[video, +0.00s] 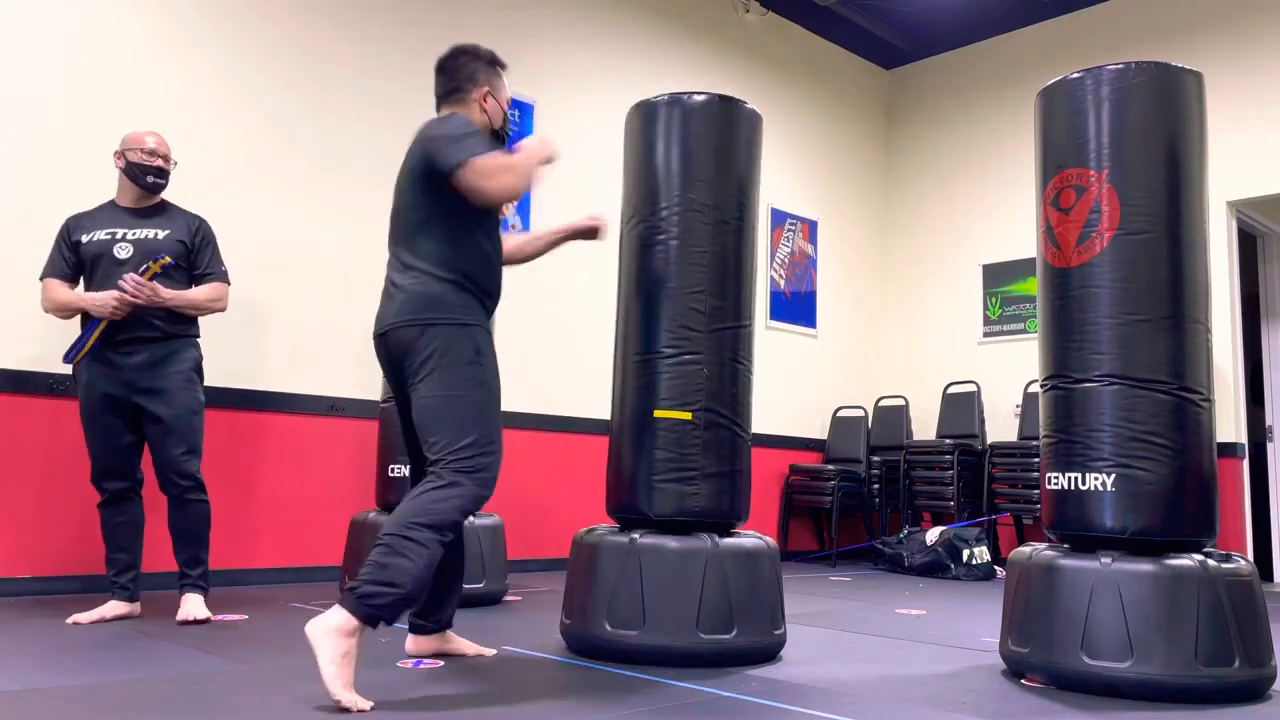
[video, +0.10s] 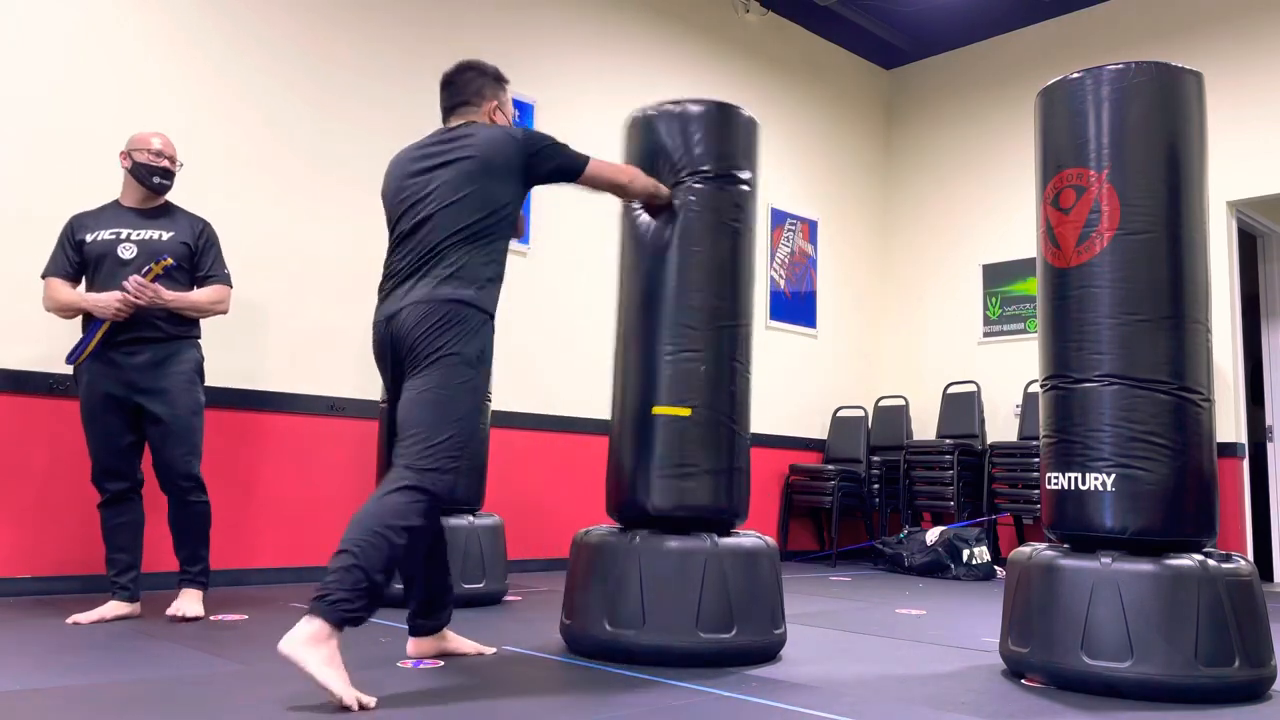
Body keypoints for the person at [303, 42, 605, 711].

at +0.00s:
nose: (508, 108)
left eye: (507, 100)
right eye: (505, 98)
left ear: (450, 95)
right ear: (487, 95)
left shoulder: (445, 151)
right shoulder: (455, 130)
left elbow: (493, 251)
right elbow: (490, 185)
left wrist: (567, 230)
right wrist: (535, 152)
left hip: (414, 321)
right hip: (443, 319)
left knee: (441, 474)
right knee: (467, 470)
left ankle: (429, 629)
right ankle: (347, 620)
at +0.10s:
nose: (512, 117)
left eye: (509, 109)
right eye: (511, 108)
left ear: (448, 108)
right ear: (499, 106)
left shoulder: (403, 161)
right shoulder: (512, 142)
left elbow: (426, 232)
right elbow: (625, 179)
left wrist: (497, 225)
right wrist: (662, 195)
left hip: (391, 319)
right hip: (450, 315)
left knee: (420, 477)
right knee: (419, 479)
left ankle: (429, 629)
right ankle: (319, 627)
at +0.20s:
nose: (512, 119)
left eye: (511, 111)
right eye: (512, 110)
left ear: (447, 108)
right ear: (500, 107)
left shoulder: (399, 163)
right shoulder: (506, 139)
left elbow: (400, 249)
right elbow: (615, 180)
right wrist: (644, 195)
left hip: (389, 319)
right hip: (446, 315)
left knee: (418, 476)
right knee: (410, 475)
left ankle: (428, 630)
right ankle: (310, 637)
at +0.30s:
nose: (505, 113)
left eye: (502, 104)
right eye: (502, 103)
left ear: (440, 105)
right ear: (487, 101)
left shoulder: (394, 162)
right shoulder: (493, 142)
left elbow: (399, 251)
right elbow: (574, 219)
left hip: (392, 316)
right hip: (443, 315)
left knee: (423, 484)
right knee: (410, 486)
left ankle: (429, 629)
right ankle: (323, 654)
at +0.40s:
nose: (496, 106)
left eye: (493, 96)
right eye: (494, 95)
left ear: (434, 93)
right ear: (478, 90)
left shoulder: (398, 154)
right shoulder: (473, 138)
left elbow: (408, 247)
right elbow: (518, 239)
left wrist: (493, 171)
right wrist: (538, 179)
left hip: (392, 311)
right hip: (435, 314)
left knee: (431, 485)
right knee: (393, 491)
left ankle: (430, 628)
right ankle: (318, 662)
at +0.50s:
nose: (490, 90)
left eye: (488, 80)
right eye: (487, 78)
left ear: (426, 81)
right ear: (469, 77)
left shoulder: (401, 138)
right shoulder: (461, 125)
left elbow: (452, 222)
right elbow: (506, 224)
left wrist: (502, 178)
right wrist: (532, 180)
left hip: (396, 311)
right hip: (427, 316)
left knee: (445, 477)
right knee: (383, 488)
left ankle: (433, 632)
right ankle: (316, 662)